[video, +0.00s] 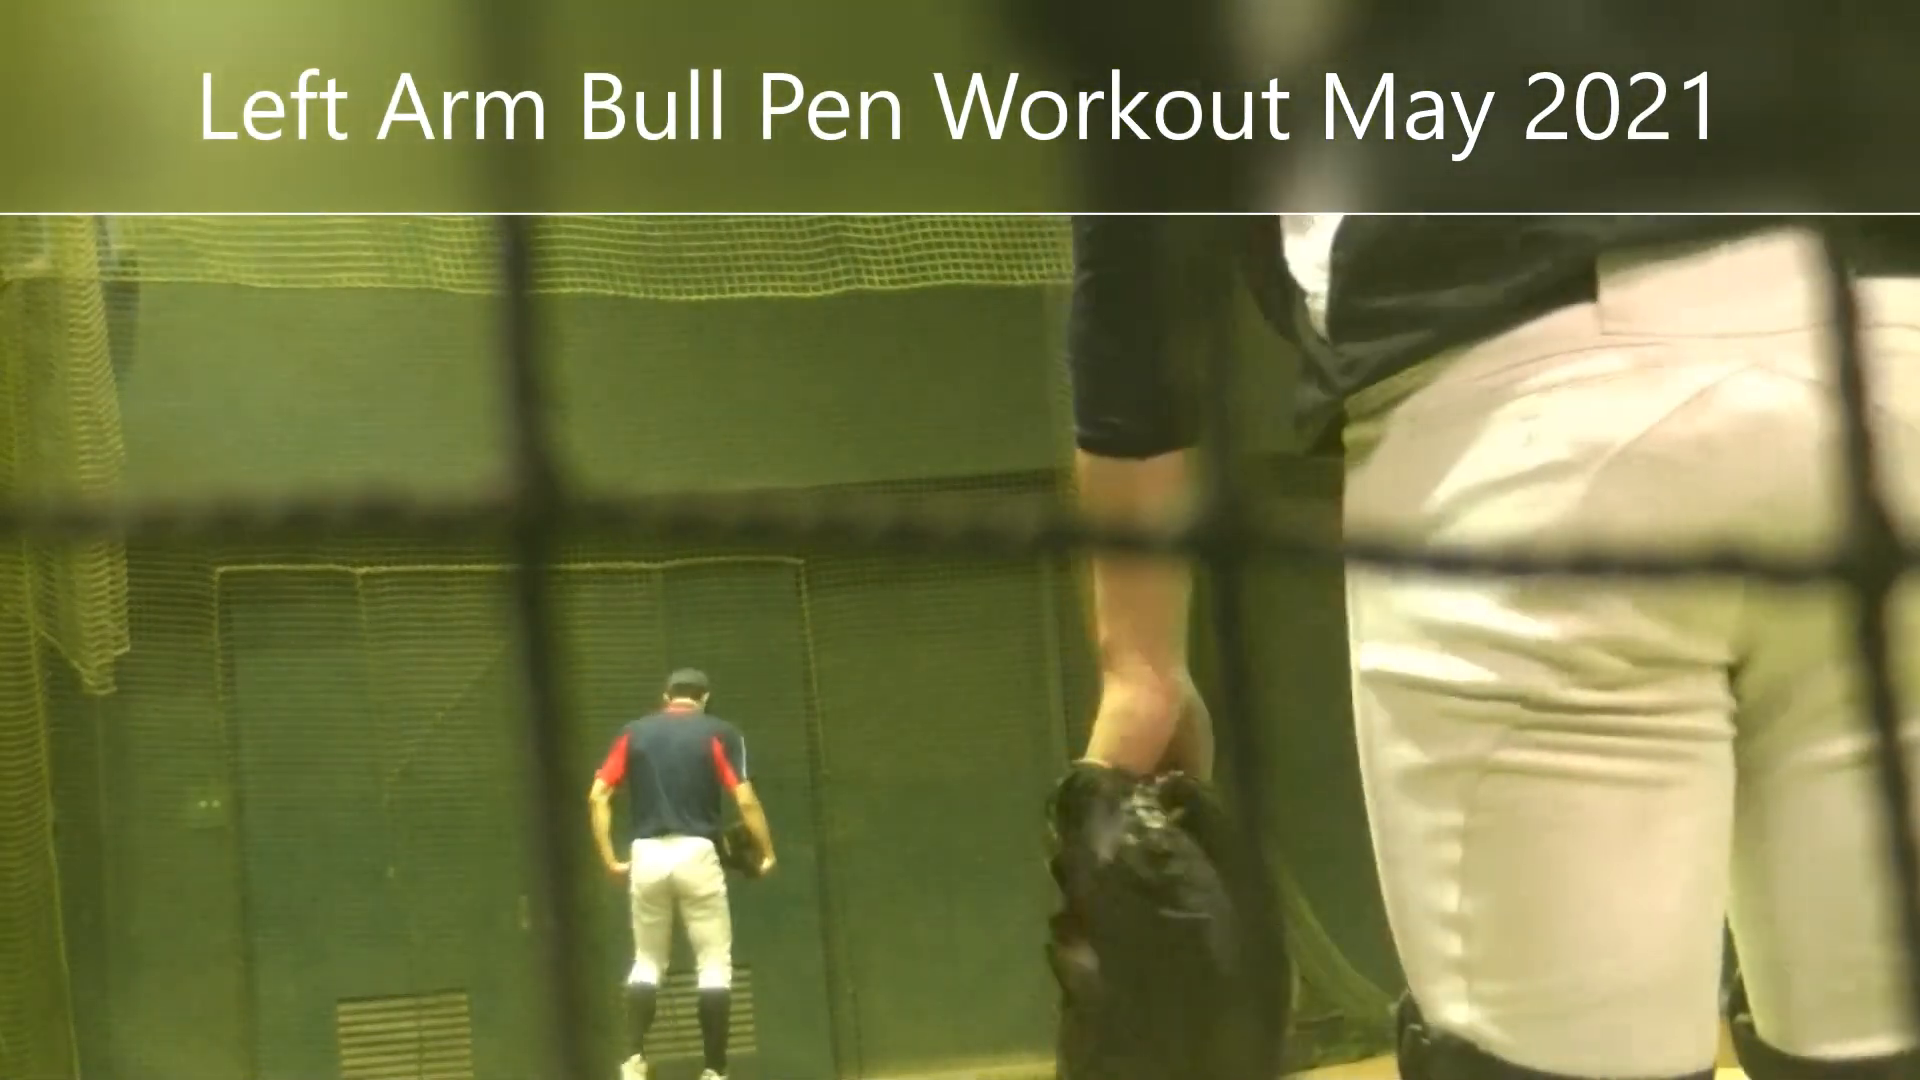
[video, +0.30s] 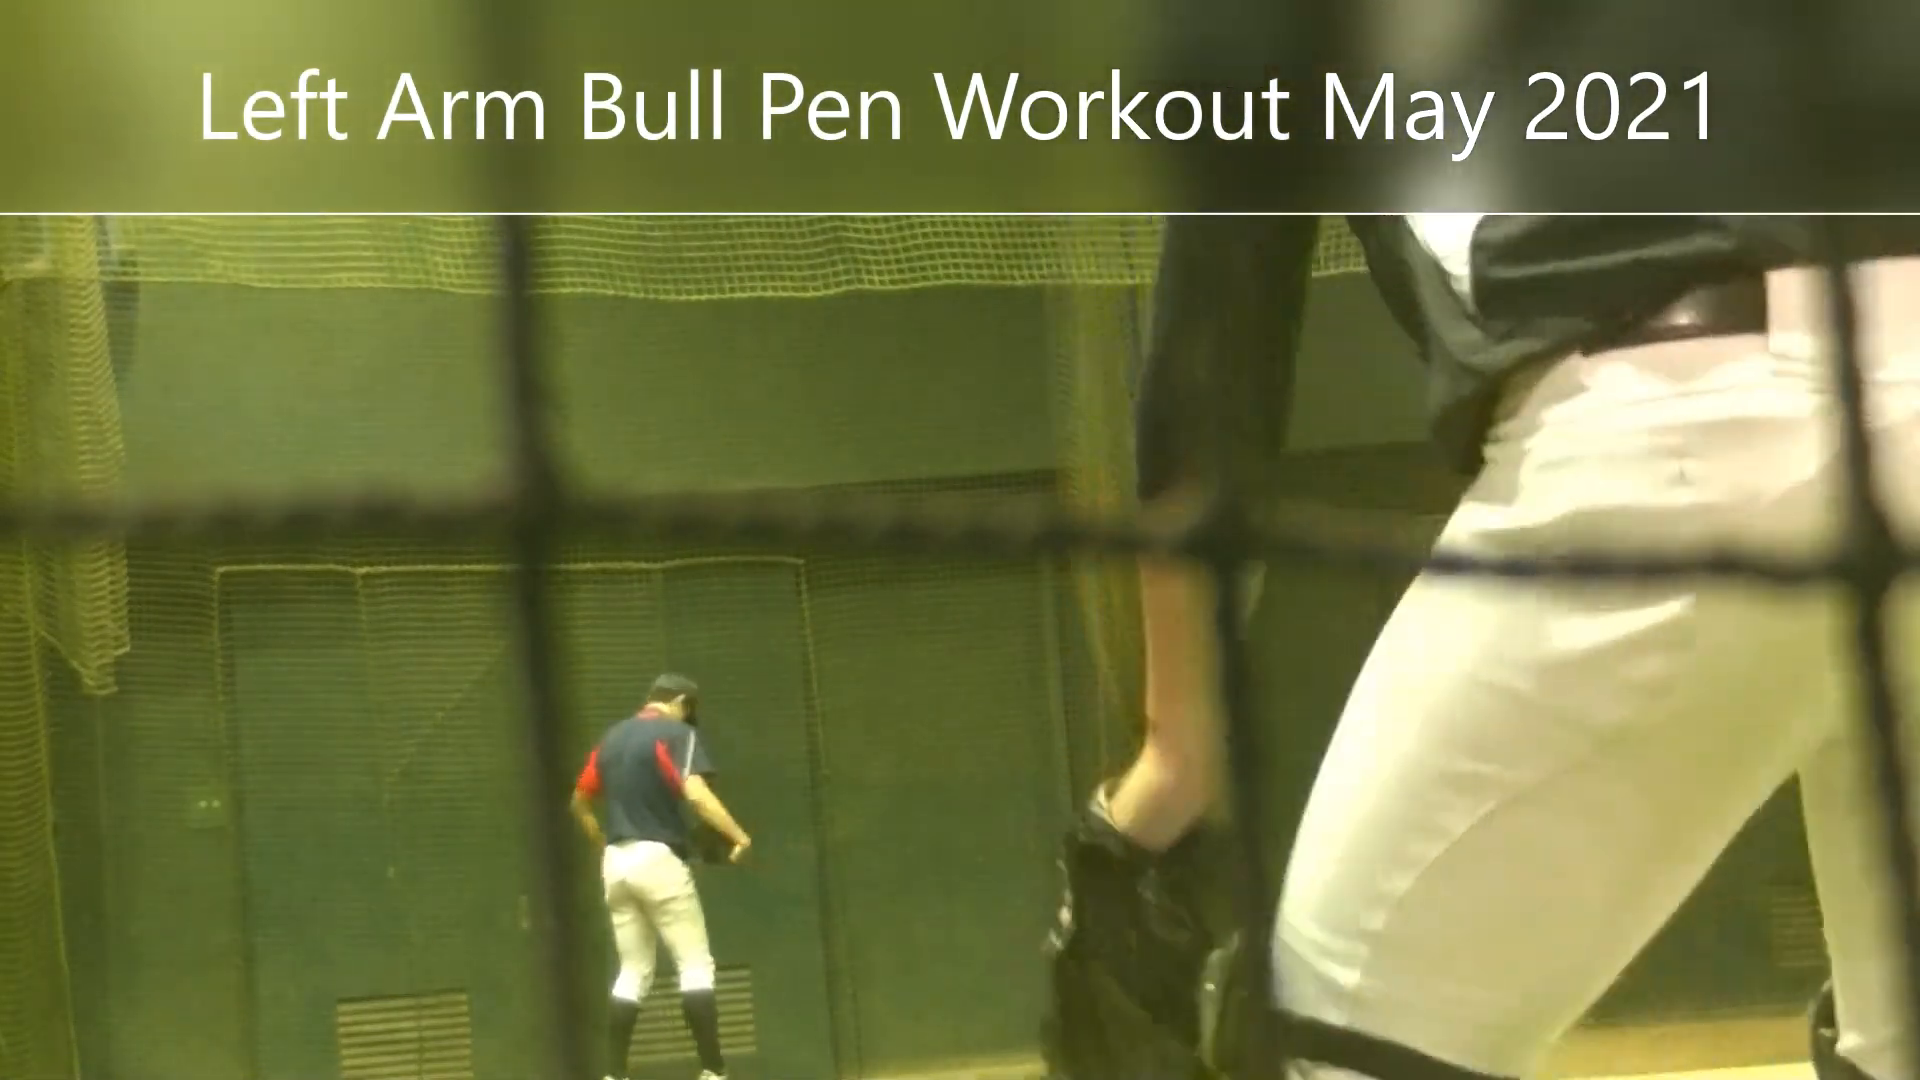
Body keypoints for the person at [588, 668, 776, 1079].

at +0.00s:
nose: (698, 704)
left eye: (674, 697)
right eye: (701, 698)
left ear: (666, 698)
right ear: (703, 699)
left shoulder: (634, 733)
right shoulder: (719, 733)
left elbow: (598, 794)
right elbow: (745, 799)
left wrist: (609, 860)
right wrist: (766, 852)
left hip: (646, 857)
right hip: (697, 856)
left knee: (647, 958)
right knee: (713, 959)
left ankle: (633, 1057)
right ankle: (715, 1068)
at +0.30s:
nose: (687, 717)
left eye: (687, 711)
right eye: (688, 711)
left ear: (649, 700)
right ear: (679, 703)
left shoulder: (611, 737)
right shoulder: (677, 732)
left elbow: (580, 802)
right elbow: (694, 791)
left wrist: (607, 846)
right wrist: (738, 835)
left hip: (614, 862)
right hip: (659, 860)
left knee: (634, 968)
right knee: (694, 961)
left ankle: (614, 1072)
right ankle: (712, 1067)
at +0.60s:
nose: (660, 718)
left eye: (663, 712)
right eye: (662, 711)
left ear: (633, 695)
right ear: (650, 697)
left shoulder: (597, 732)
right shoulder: (633, 730)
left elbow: (612, 804)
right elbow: (630, 799)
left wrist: (666, 838)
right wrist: (671, 840)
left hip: (589, 858)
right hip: (621, 857)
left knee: (614, 970)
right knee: (667, 959)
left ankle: (605, 1072)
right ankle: (671, 1067)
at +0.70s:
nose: (655, 720)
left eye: (659, 713)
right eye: (658, 711)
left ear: (635, 695)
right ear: (644, 697)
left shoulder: (595, 731)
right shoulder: (622, 733)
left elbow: (607, 802)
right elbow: (614, 804)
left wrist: (654, 825)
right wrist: (658, 847)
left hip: (585, 858)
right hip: (614, 858)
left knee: (614, 969)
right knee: (655, 959)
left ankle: (606, 1071)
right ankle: (644, 1066)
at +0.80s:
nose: (651, 718)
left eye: (654, 711)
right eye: (652, 709)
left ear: (630, 696)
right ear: (637, 697)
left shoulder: (599, 731)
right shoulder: (613, 734)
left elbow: (626, 785)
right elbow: (601, 807)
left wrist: (682, 792)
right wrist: (646, 851)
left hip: (589, 859)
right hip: (607, 859)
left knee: (615, 968)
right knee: (640, 962)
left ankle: (601, 1066)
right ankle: (620, 1067)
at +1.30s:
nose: (645, 726)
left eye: (648, 718)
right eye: (640, 717)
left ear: (644, 717)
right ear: (618, 710)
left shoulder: (640, 755)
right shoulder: (572, 754)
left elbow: (690, 793)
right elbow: (530, 810)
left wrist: (750, 787)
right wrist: (556, 851)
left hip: (615, 879)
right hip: (573, 882)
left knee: (635, 972)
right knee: (589, 982)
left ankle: (572, 1056)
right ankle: (586, 1067)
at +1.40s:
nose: (645, 731)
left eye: (648, 723)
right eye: (639, 722)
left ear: (647, 722)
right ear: (617, 714)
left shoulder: (644, 758)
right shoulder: (569, 755)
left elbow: (679, 804)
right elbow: (526, 810)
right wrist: (543, 865)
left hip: (617, 880)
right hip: (573, 884)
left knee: (631, 976)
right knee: (590, 985)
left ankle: (548, 1028)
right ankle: (589, 1070)